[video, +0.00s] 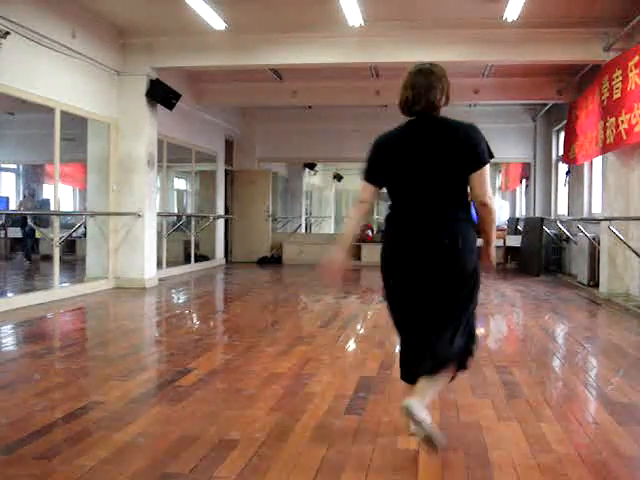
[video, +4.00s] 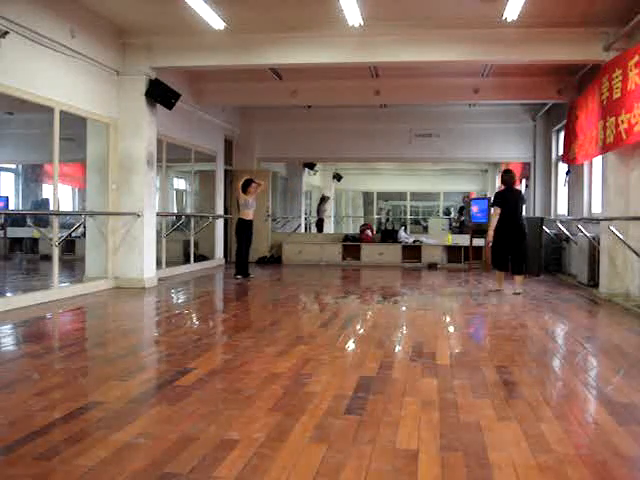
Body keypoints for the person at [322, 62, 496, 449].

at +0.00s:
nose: (446, 97)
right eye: (445, 91)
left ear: (404, 97)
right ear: (443, 96)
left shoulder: (387, 144)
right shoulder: (465, 136)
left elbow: (363, 204)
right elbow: (483, 200)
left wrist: (340, 250)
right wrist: (488, 246)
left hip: (400, 251)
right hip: (452, 251)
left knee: (414, 333)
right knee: (458, 331)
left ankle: (421, 424)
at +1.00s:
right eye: (510, 137)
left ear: (484, 140)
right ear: (511, 140)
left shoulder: (472, 169)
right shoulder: (521, 167)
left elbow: (464, 207)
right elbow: (534, 203)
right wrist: (545, 234)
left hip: (480, 238)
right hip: (512, 238)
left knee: (481, 289)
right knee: (515, 285)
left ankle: (482, 349)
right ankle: (514, 341)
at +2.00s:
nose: (542, 163)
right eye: (542, 161)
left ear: (523, 164)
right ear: (542, 164)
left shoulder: (513, 186)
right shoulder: (549, 185)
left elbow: (511, 216)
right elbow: (562, 212)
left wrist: (517, 228)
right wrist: (574, 235)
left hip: (521, 236)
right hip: (545, 236)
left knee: (519, 270)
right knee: (543, 274)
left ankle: (522, 300)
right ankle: (540, 315)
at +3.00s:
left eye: (522, 170)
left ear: (521, 172)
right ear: (536, 172)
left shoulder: (514, 190)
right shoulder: (543, 189)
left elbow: (504, 211)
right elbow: (551, 211)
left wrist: (497, 227)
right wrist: (543, 217)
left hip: (518, 232)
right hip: (538, 233)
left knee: (519, 263)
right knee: (535, 264)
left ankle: (522, 294)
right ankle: (533, 299)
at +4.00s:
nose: (501, 180)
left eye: (501, 178)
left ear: (502, 180)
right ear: (514, 180)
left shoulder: (499, 195)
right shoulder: (519, 194)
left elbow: (496, 214)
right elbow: (521, 211)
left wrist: (490, 232)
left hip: (502, 230)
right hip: (517, 230)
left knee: (500, 257)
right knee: (517, 258)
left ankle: (499, 285)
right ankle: (518, 287)